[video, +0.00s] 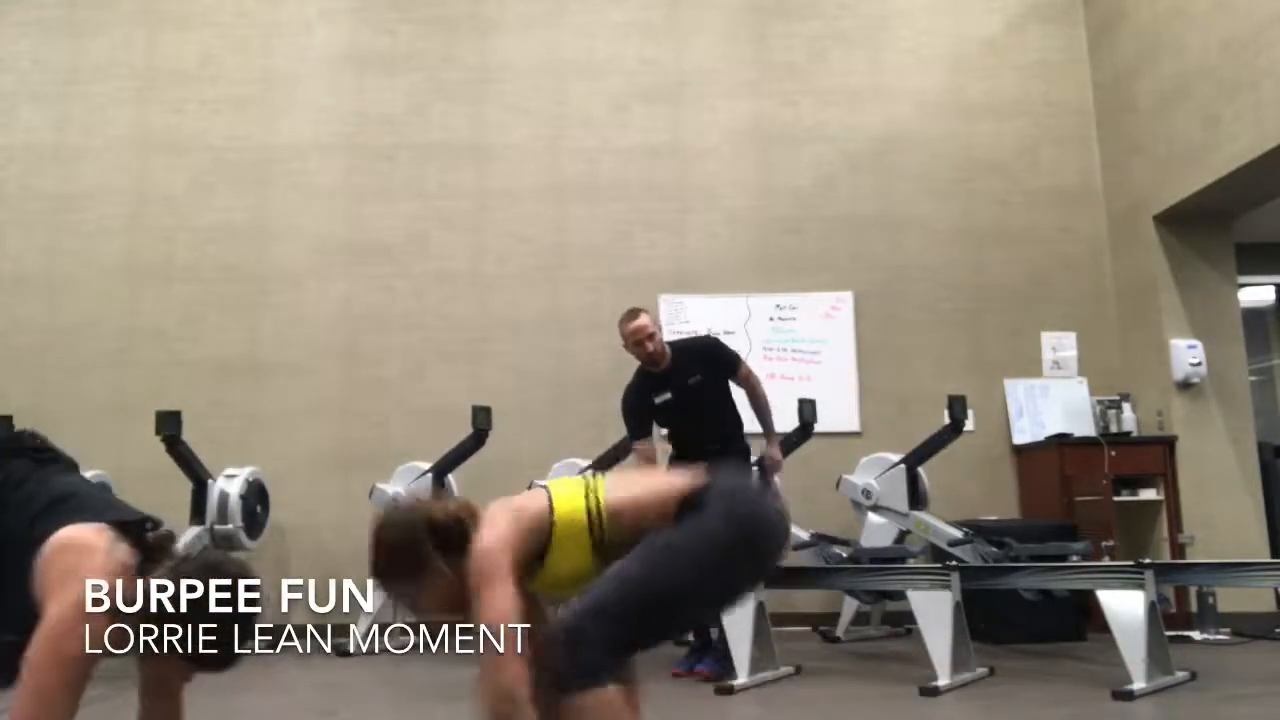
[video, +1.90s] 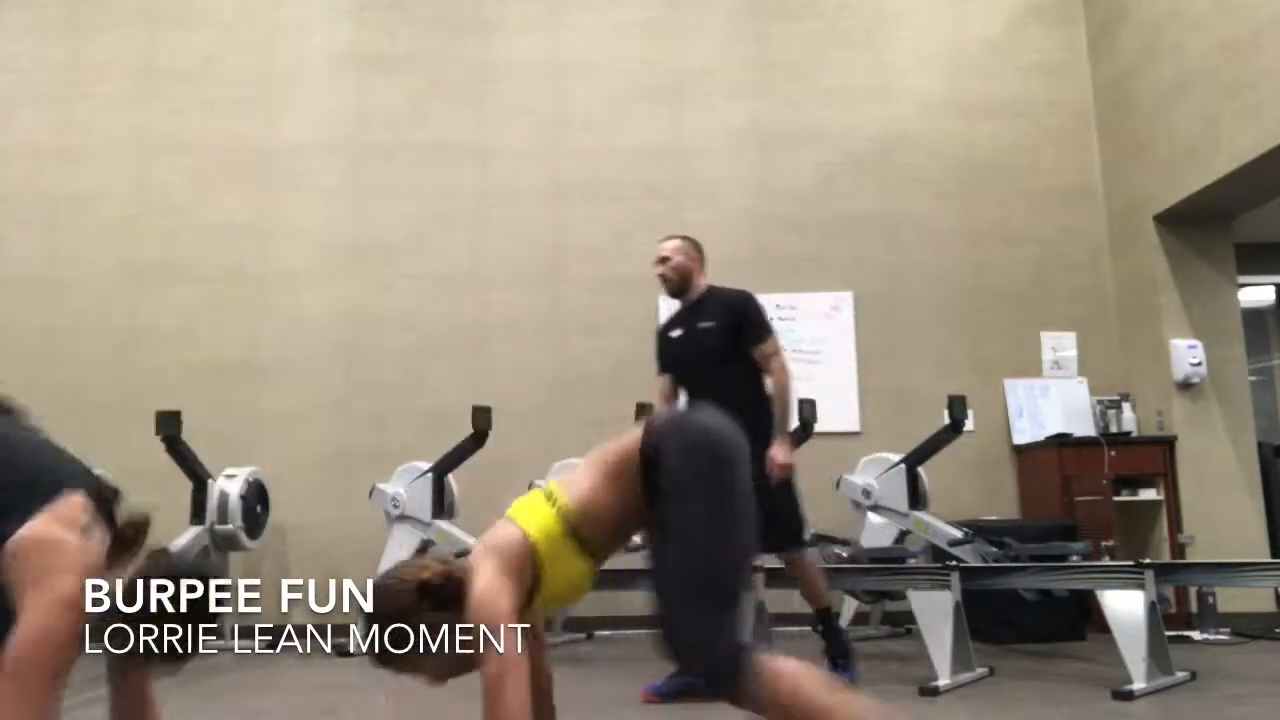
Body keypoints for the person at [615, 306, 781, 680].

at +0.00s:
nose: (648, 347)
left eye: (650, 336)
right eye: (638, 344)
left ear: (659, 329)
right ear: (628, 349)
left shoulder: (705, 351)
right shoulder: (636, 396)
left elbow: (750, 382)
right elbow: (645, 457)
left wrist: (771, 441)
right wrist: (650, 507)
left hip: (731, 461)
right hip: (686, 470)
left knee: (723, 552)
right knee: (687, 554)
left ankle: (725, 647)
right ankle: (700, 643)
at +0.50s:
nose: (687, 297)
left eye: (691, 288)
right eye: (678, 292)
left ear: (701, 290)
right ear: (666, 299)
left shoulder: (737, 327)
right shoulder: (659, 354)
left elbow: (771, 378)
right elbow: (650, 419)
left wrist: (785, 432)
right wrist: (656, 472)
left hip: (752, 450)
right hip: (703, 458)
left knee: (785, 523)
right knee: (700, 551)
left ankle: (787, 620)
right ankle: (703, 643)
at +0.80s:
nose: (749, 289)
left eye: (756, 281)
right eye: (742, 282)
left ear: (770, 283)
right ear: (732, 287)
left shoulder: (803, 331)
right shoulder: (720, 341)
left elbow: (834, 388)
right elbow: (706, 409)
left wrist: (845, 452)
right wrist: (704, 474)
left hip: (799, 458)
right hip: (748, 460)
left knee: (819, 550)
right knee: (730, 553)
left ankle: (843, 652)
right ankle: (710, 644)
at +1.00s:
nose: (771, 276)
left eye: (779, 268)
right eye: (764, 269)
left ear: (799, 272)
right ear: (758, 275)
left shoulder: (831, 320)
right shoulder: (747, 327)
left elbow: (868, 379)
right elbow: (741, 395)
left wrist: (876, 445)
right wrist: (752, 454)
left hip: (823, 448)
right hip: (773, 450)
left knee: (833, 548)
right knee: (762, 542)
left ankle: (844, 652)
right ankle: (778, 642)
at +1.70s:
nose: (716, 274)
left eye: (723, 265)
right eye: (712, 269)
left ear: (750, 266)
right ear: (711, 278)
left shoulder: (793, 311)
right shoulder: (720, 335)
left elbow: (831, 373)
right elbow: (718, 406)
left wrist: (827, 440)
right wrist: (719, 467)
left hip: (810, 450)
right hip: (760, 453)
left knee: (829, 553)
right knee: (738, 551)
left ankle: (844, 654)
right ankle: (722, 656)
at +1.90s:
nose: (660, 269)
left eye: (669, 261)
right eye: (658, 263)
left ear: (697, 264)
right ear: (661, 273)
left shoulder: (737, 306)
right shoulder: (668, 332)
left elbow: (777, 369)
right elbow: (667, 398)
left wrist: (781, 438)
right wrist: (663, 451)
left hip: (757, 451)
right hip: (708, 458)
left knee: (793, 553)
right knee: (703, 558)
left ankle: (833, 635)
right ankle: (700, 663)